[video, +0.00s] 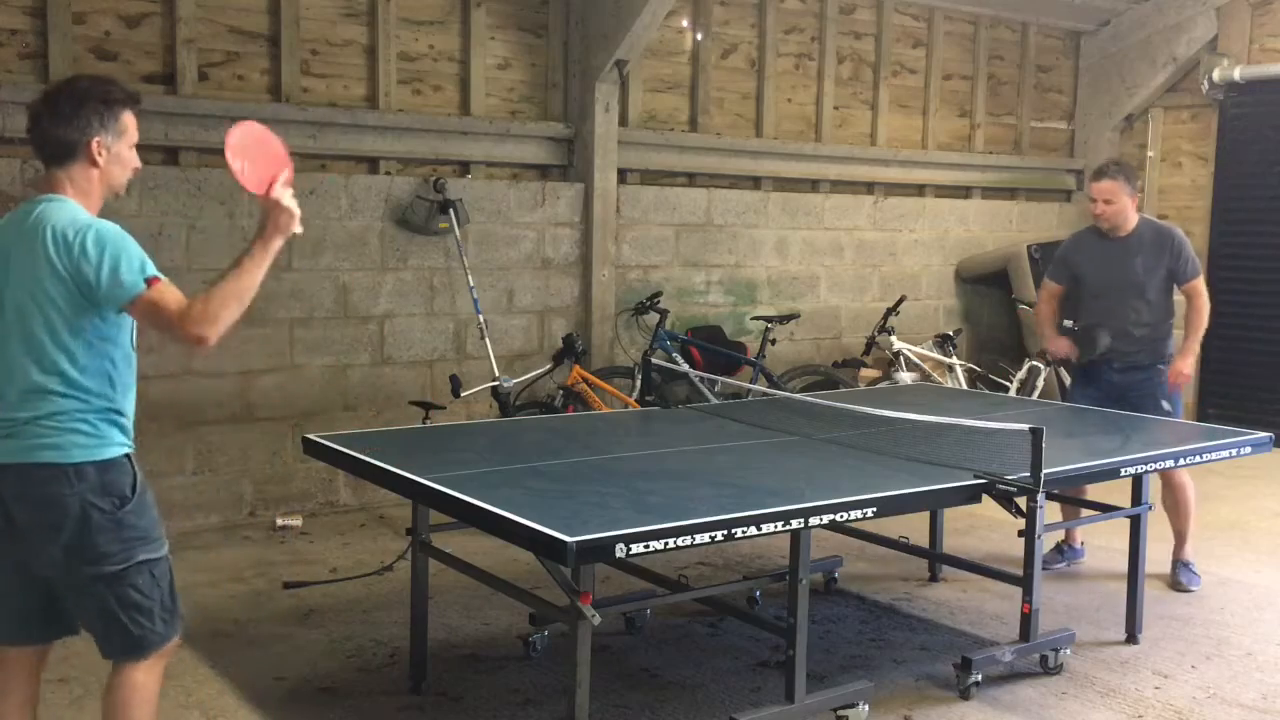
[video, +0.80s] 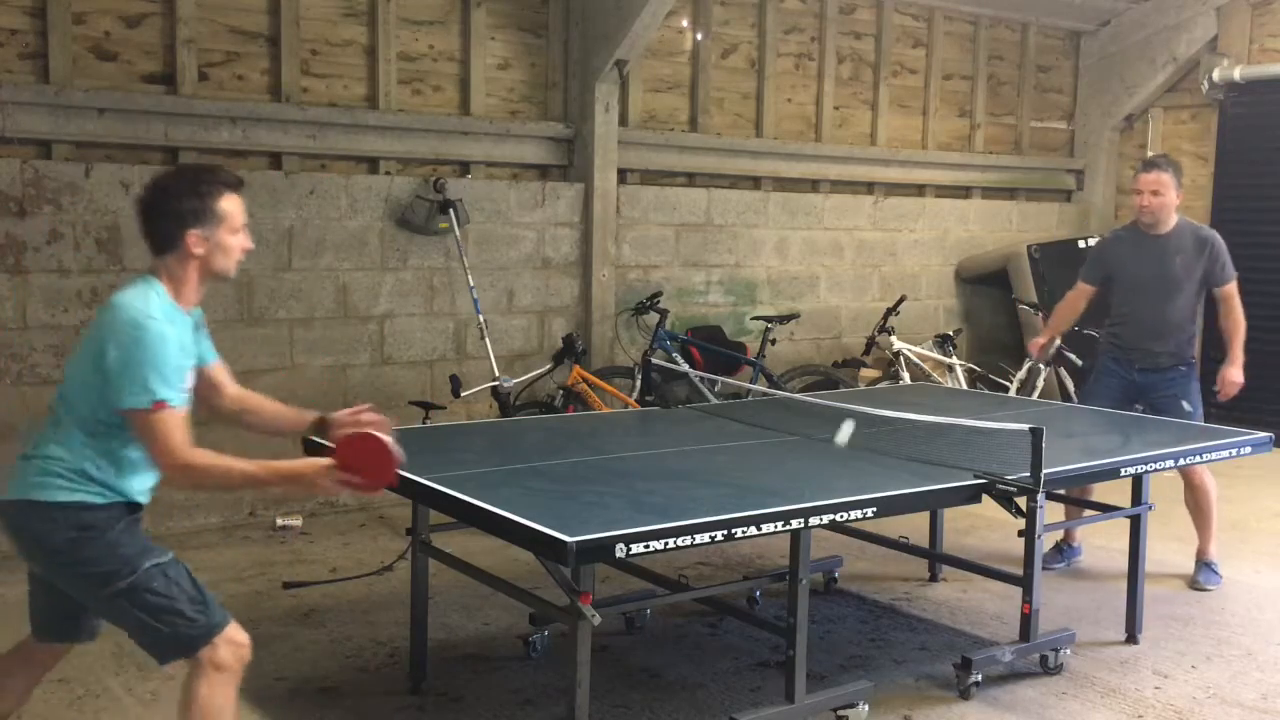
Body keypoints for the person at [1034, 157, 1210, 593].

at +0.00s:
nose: (1097, 210)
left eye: (1106, 202)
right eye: (1093, 201)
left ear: (1133, 199)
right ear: (1088, 201)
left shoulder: (1167, 241)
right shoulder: (1074, 248)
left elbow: (1197, 297)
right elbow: (1047, 297)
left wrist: (1188, 354)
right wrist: (1050, 335)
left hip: (1151, 377)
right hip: (1090, 378)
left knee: (1170, 467)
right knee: (1069, 461)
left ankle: (1183, 556)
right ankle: (1070, 542)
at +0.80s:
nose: (1145, 201)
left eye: (1155, 193)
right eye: (1139, 193)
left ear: (1178, 197)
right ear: (1131, 195)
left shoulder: (1205, 243)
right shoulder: (1113, 244)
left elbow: (1229, 303)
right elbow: (1078, 296)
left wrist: (1234, 360)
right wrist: (1048, 335)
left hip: (1174, 373)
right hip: (1113, 368)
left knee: (1191, 466)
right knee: (1080, 450)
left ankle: (1207, 555)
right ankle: (1069, 541)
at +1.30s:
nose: (1105, 202)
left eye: (1115, 194)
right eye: (1099, 194)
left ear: (1134, 199)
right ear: (1092, 198)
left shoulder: (1156, 250)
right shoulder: (1071, 248)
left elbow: (1184, 305)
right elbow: (1048, 296)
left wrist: (1202, 358)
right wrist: (1024, 339)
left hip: (1130, 376)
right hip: (1074, 372)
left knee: (1157, 464)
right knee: (1057, 452)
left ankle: (1197, 552)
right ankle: (1051, 524)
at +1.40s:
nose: (1081, 201)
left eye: (1091, 193)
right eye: (1076, 193)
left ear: (1113, 197)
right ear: (1070, 198)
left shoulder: (1136, 246)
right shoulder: (1054, 249)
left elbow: (1161, 303)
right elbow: (1029, 298)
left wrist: (1170, 364)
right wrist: (1004, 334)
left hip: (1118, 372)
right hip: (1065, 370)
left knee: (1133, 455)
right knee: (1050, 448)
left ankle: (1164, 541)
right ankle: (1049, 523)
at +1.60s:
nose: (1037, 215)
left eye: (1045, 206)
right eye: (1034, 207)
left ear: (1072, 206)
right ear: (1035, 210)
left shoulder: (1105, 257)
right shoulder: (1031, 259)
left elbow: (1136, 319)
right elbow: (1013, 313)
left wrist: (1119, 373)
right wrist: (959, 339)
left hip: (1090, 381)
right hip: (1039, 376)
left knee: (1109, 468)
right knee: (1004, 435)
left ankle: (1127, 548)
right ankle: (1013, 510)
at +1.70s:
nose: (1001, 224)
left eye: (1008, 215)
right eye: (1000, 216)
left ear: (1038, 215)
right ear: (1016, 219)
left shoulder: (1074, 261)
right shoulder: (1007, 267)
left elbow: (1102, 319)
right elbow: (995, 319)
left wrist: (1080, 349)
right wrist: (948, 345)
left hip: (1071, 384)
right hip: (1021, 379)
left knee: (1093, 462)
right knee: (966, 429)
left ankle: (1125, 548)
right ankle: (929, 506)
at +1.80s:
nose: (958, 227)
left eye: (964, 218)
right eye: (956, 219)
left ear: (994, 217)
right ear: (973, 222)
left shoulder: (1031, 257)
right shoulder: (968, 270)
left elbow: (1071, 301)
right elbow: (954, 326)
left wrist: (1059, 321)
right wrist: (902, 346)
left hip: (1043, 385)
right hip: (990, 384)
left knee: (1081, 464)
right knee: (939, 441)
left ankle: (1123, 547)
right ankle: (890, 505)